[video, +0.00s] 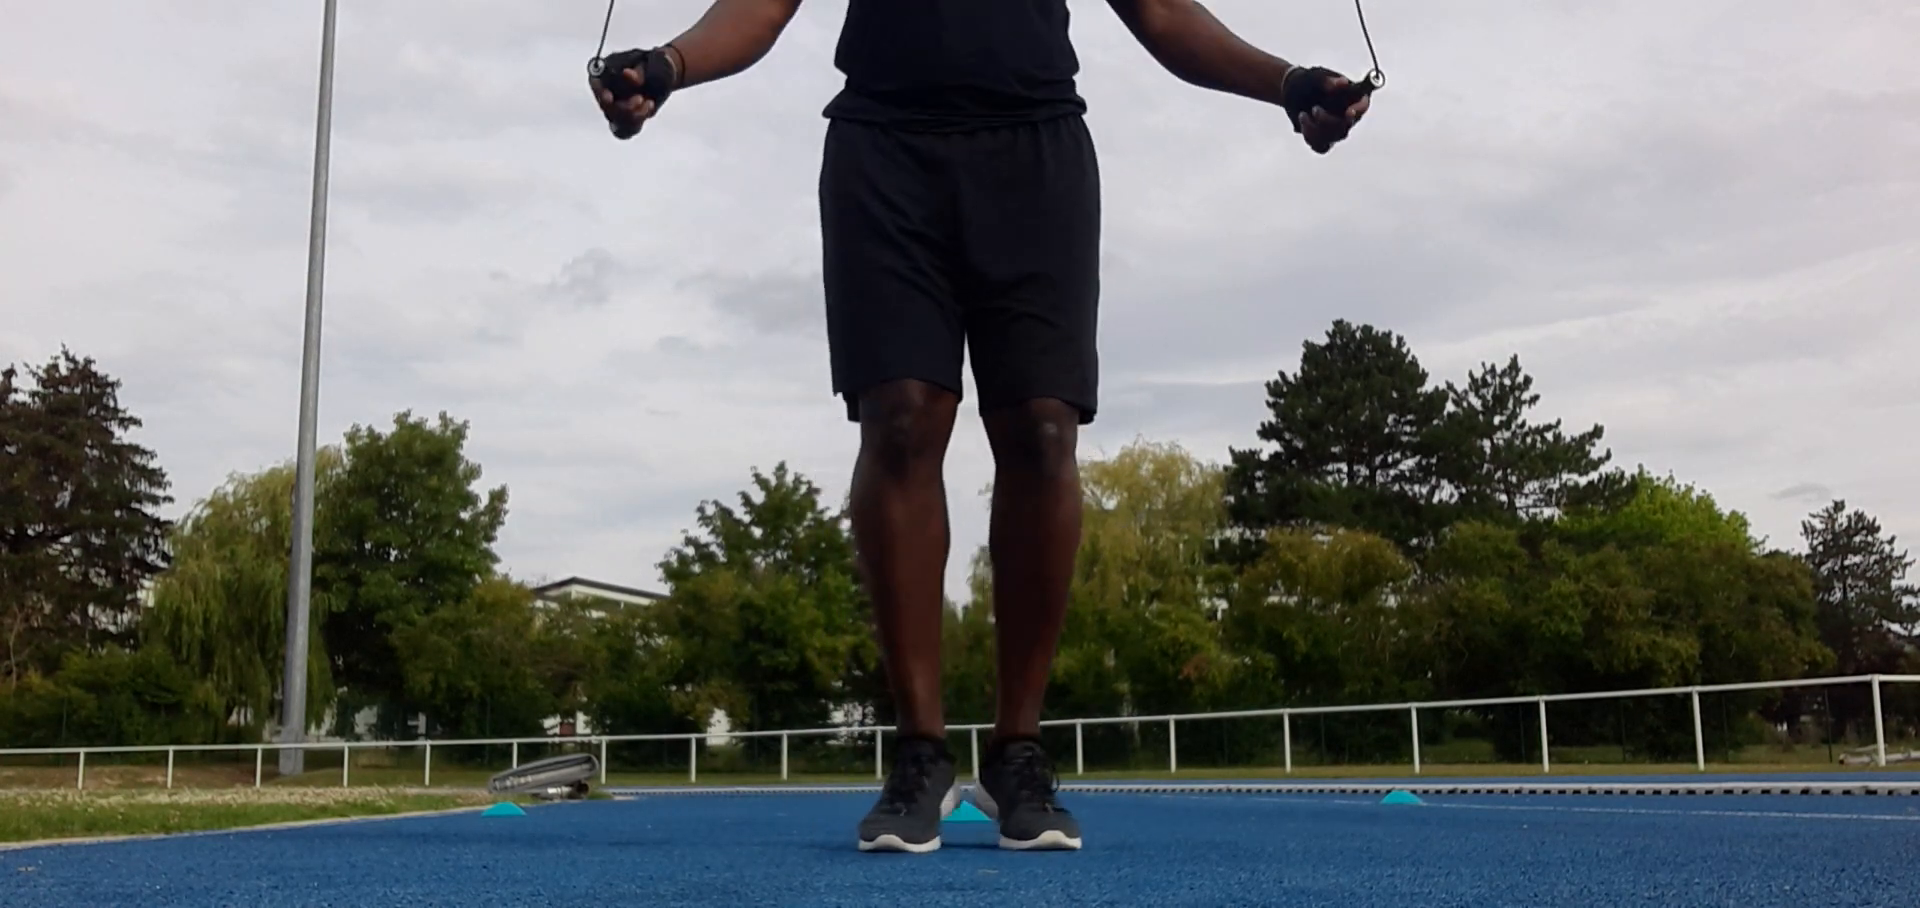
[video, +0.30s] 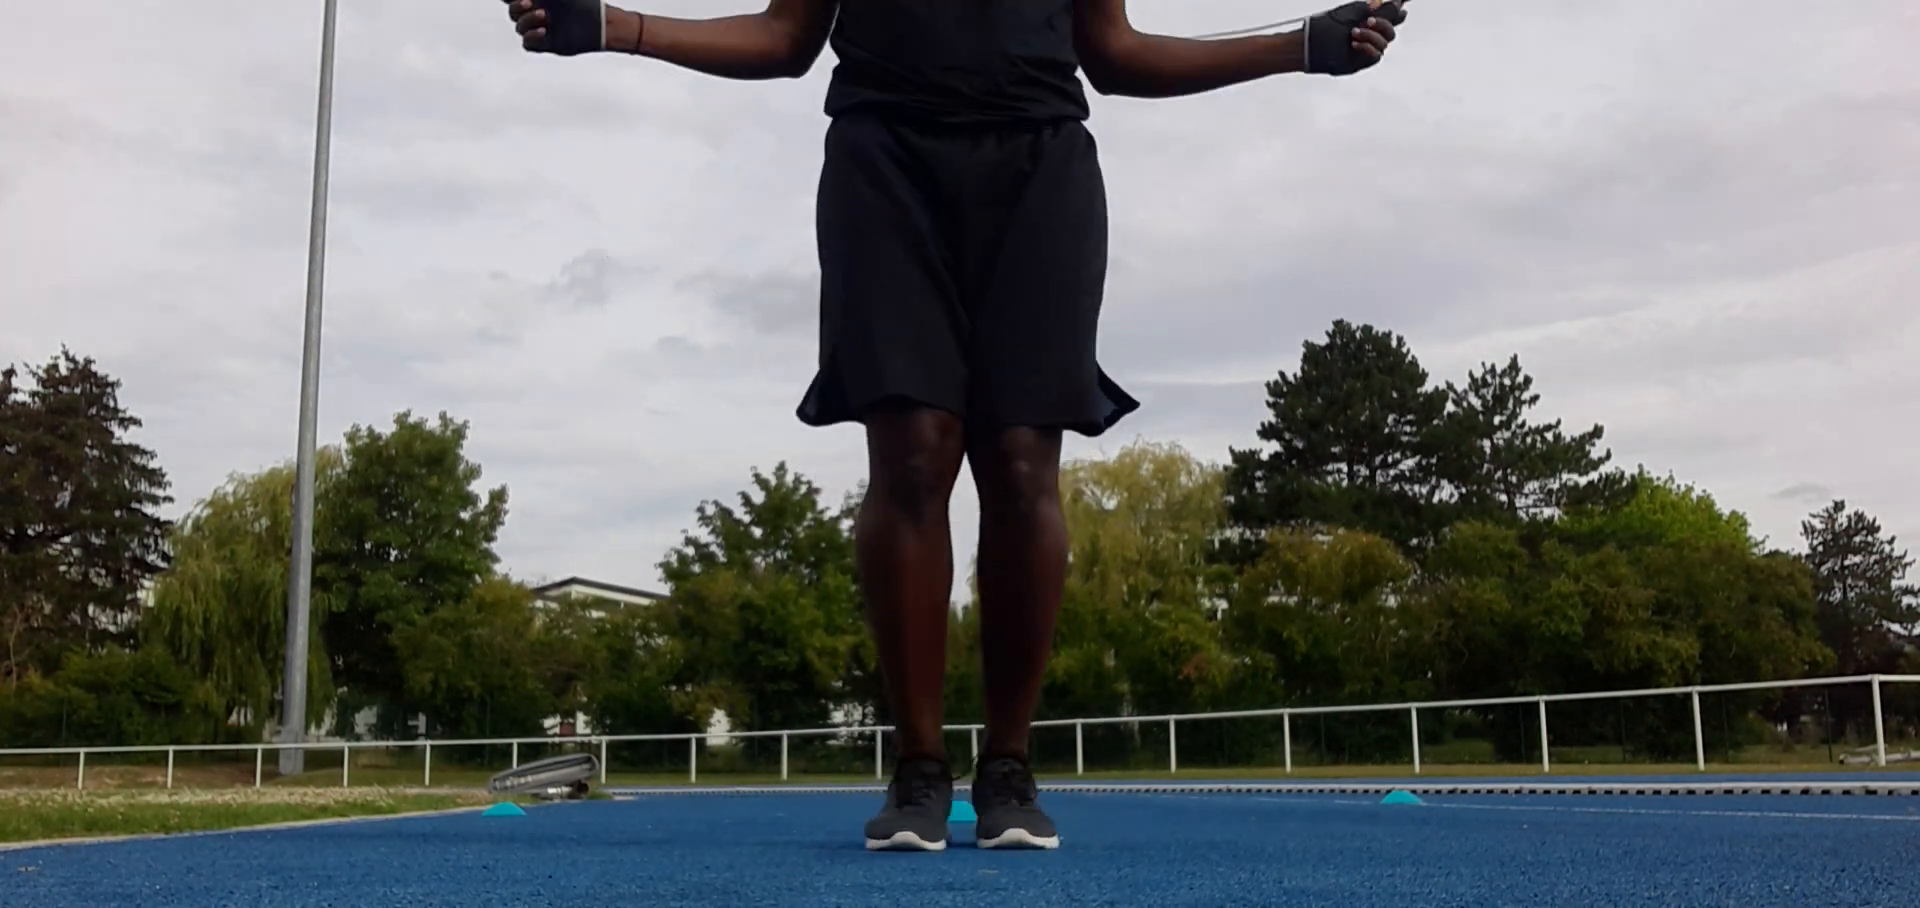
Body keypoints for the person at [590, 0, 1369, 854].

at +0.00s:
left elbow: (1166, 15)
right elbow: (762, 7)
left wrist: (1288, 81)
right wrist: (668, 62)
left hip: (1038, 135)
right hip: (885, 137)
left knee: (1040, 427)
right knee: (904, 417)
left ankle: (1021, 755)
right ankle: (920, 753)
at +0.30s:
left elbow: (1119, 52)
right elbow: (779, 37)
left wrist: (1305, 45)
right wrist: (604, 26)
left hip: (1041, 157)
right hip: (884, 155)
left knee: (1023, 458)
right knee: (911, 454)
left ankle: (1006, 776)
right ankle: (919, 780)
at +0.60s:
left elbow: (1103, 35)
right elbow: (792, 16)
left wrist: (1260, 114)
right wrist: (649, 84)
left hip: (1030, 120)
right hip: (877, 118)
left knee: (1008, 417)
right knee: (907, 416)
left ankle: (1000, 748)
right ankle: (915, 747)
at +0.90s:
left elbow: (1119, 26)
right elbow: (783, 12)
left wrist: (1241, 145)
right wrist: (664, 128)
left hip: (1029, 117)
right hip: (883, 118)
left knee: (1008, 414)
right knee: (909, 407)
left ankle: (1003, 729)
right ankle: (919, 729)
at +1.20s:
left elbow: (1119, 44)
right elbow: (785, 29)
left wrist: (1250, 134)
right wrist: (667, 116)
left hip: (1032, 153)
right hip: (887, 154)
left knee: (1019, 445)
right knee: (912, 438)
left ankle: (1008, 757)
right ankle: (934, 760)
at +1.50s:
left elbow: (1122, 87)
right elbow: (779, 73)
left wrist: (1266, 126)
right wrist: (658, 99)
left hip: (1029, 204)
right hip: (887, 204)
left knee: (1011, 477)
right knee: (917, 472)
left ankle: (1004, 767)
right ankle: (942, 768)